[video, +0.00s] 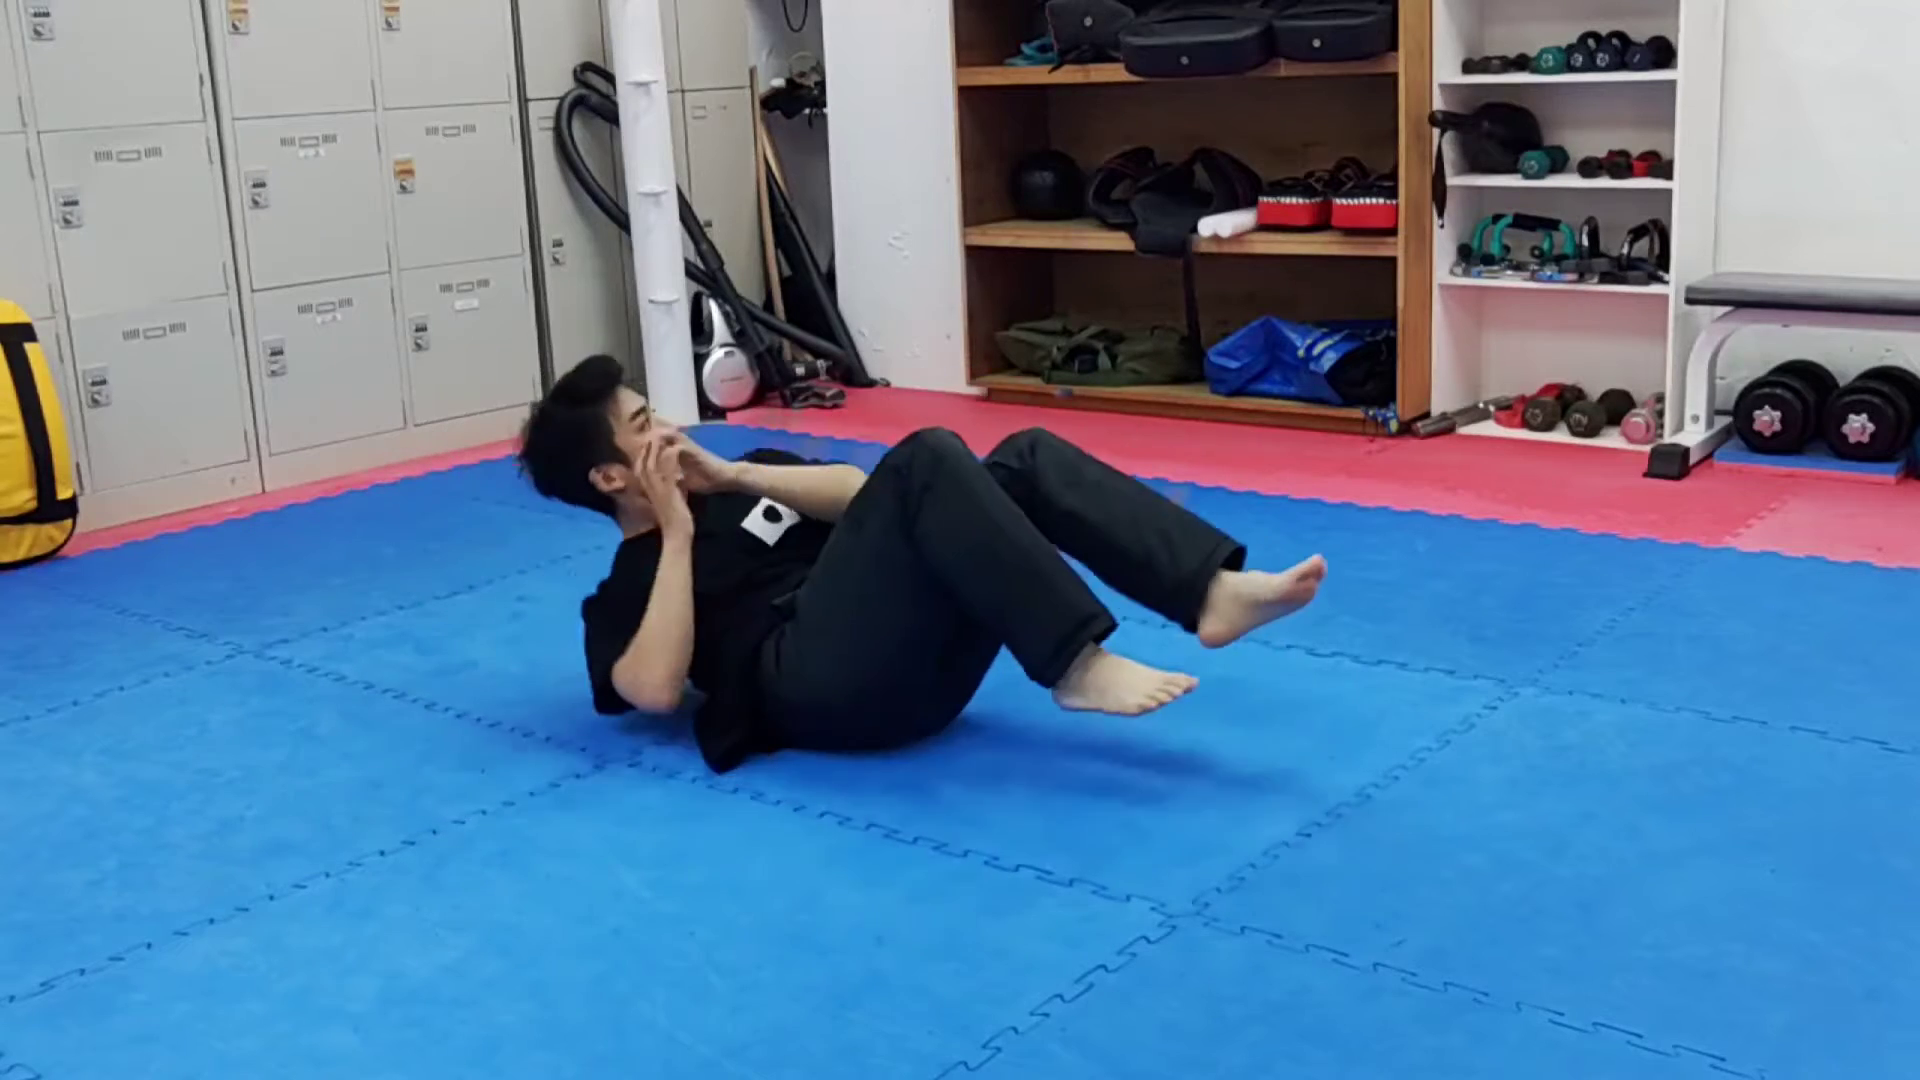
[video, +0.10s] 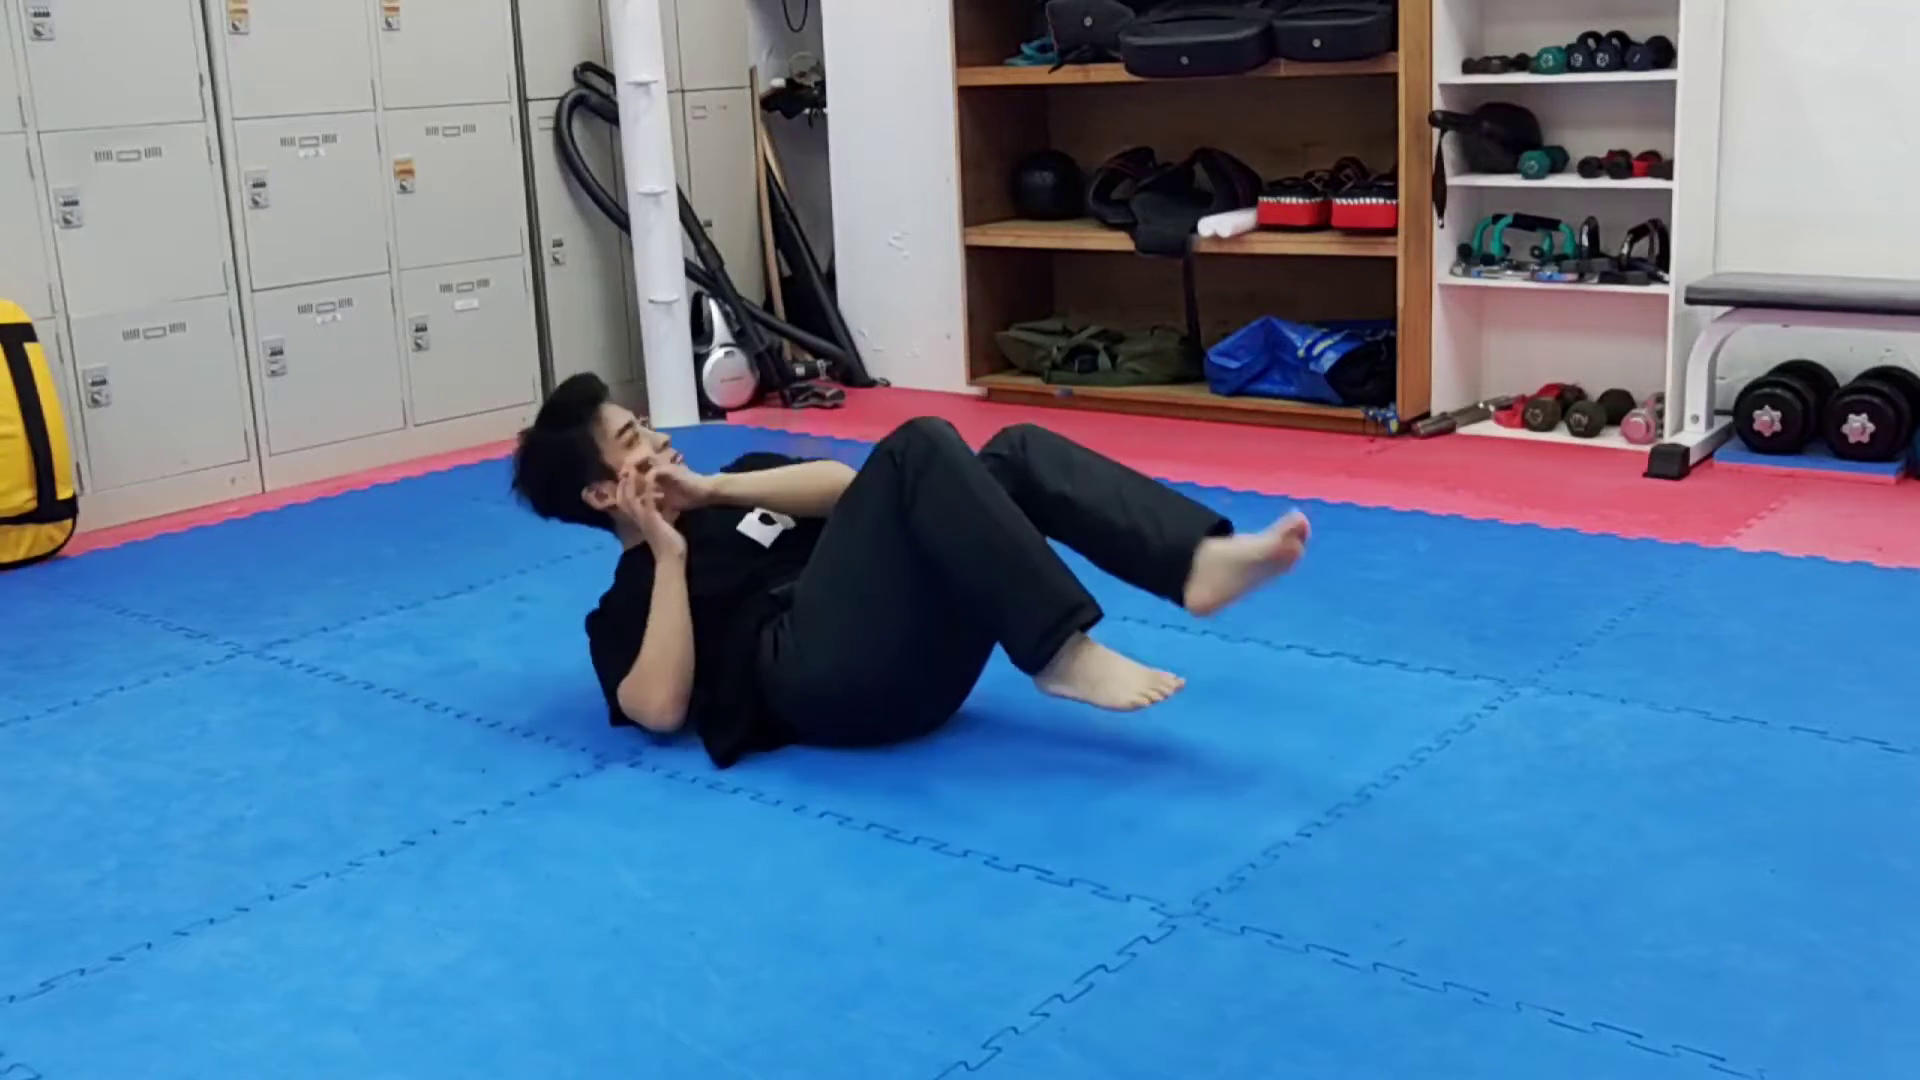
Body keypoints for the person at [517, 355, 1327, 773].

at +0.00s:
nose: (659, 436)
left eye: (649, 417)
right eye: (634, 437)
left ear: (663, 418)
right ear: (604, 483)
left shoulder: (752, 474)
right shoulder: (619, 593)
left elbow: (876, 492)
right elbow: (654, 691)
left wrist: (737, 479)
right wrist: (671, 532)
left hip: (920, 648)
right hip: (829, 693)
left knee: (1028, 457)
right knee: (923, 456)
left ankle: (1210, 590)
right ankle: (1074, 662)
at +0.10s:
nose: (647, 454)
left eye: (639, 434)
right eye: (620, 458)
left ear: (657, 431)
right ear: (594, 499)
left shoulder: (747, 483)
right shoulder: (621, 611)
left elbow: (863, 488)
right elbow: (658, 709)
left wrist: (721, 492)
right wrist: (664, 555)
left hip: (921, 645)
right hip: (833, 690)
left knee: (1019, 451)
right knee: (918, 446)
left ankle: (1194, 563)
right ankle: (1059, 652)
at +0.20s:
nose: (648, 455)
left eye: (641, 440)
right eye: (624, 457)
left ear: (651, 448)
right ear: (592, 506)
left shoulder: (727, 514)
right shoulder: (606, 611)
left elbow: (839, 485)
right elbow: (634, 693)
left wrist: (702, 480)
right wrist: (650, 544)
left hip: (910, 653)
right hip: (820, 682)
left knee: (969, 437)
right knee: (888, 423)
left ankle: (1148, 494)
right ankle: (1043, 608)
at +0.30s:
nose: (657, 470)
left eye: (647, 458)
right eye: (635, 467)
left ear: (654, 493)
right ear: (600, 519)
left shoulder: (724, 545)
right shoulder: (589, 616)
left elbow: (814, 508)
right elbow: (605, 658)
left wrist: (719, 470)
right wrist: (641, 530)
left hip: (889, 640)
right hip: (807, 664)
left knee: (920, 406)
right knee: (857, 404)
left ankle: (1104, 446)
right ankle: (1034, 564)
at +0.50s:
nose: (659, 492)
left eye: (652, 484)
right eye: (635, 487)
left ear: (651, 503)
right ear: (587, 527)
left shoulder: (693, 573)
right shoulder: (576, 611)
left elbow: (816, 537)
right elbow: (634, 574)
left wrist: (776, 494)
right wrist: (704, 482)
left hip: (878, 601)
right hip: (818, 642)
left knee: (870, 358)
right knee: (811, 411)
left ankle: (1076, 449)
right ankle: (1027, 529)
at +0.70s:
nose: (692, 464)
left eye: (685, 451)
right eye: (668, 454)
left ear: (681, 478)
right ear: (620, 492)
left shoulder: (720, 546)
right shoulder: (601, 572)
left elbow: (853, 561)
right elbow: (699, 555)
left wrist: (810, 494)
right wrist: (748, 486)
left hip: (925, 637)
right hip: (858, 678)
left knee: (943, 418)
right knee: (844, 455)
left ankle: (1130, 535)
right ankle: (1059, 584)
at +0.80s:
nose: (713, 445)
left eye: (710, 430)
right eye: (686, 434)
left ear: (712, 446)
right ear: (634, 469)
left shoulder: (744, 527)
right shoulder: (619, 555)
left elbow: (877, 555)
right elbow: (704, 572)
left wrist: (822, 488)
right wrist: (760, 474)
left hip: (936, 643)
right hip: (855, 673)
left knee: (1012, 434)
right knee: (904, 441)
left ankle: (1174, 590)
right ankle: (1075, 620)